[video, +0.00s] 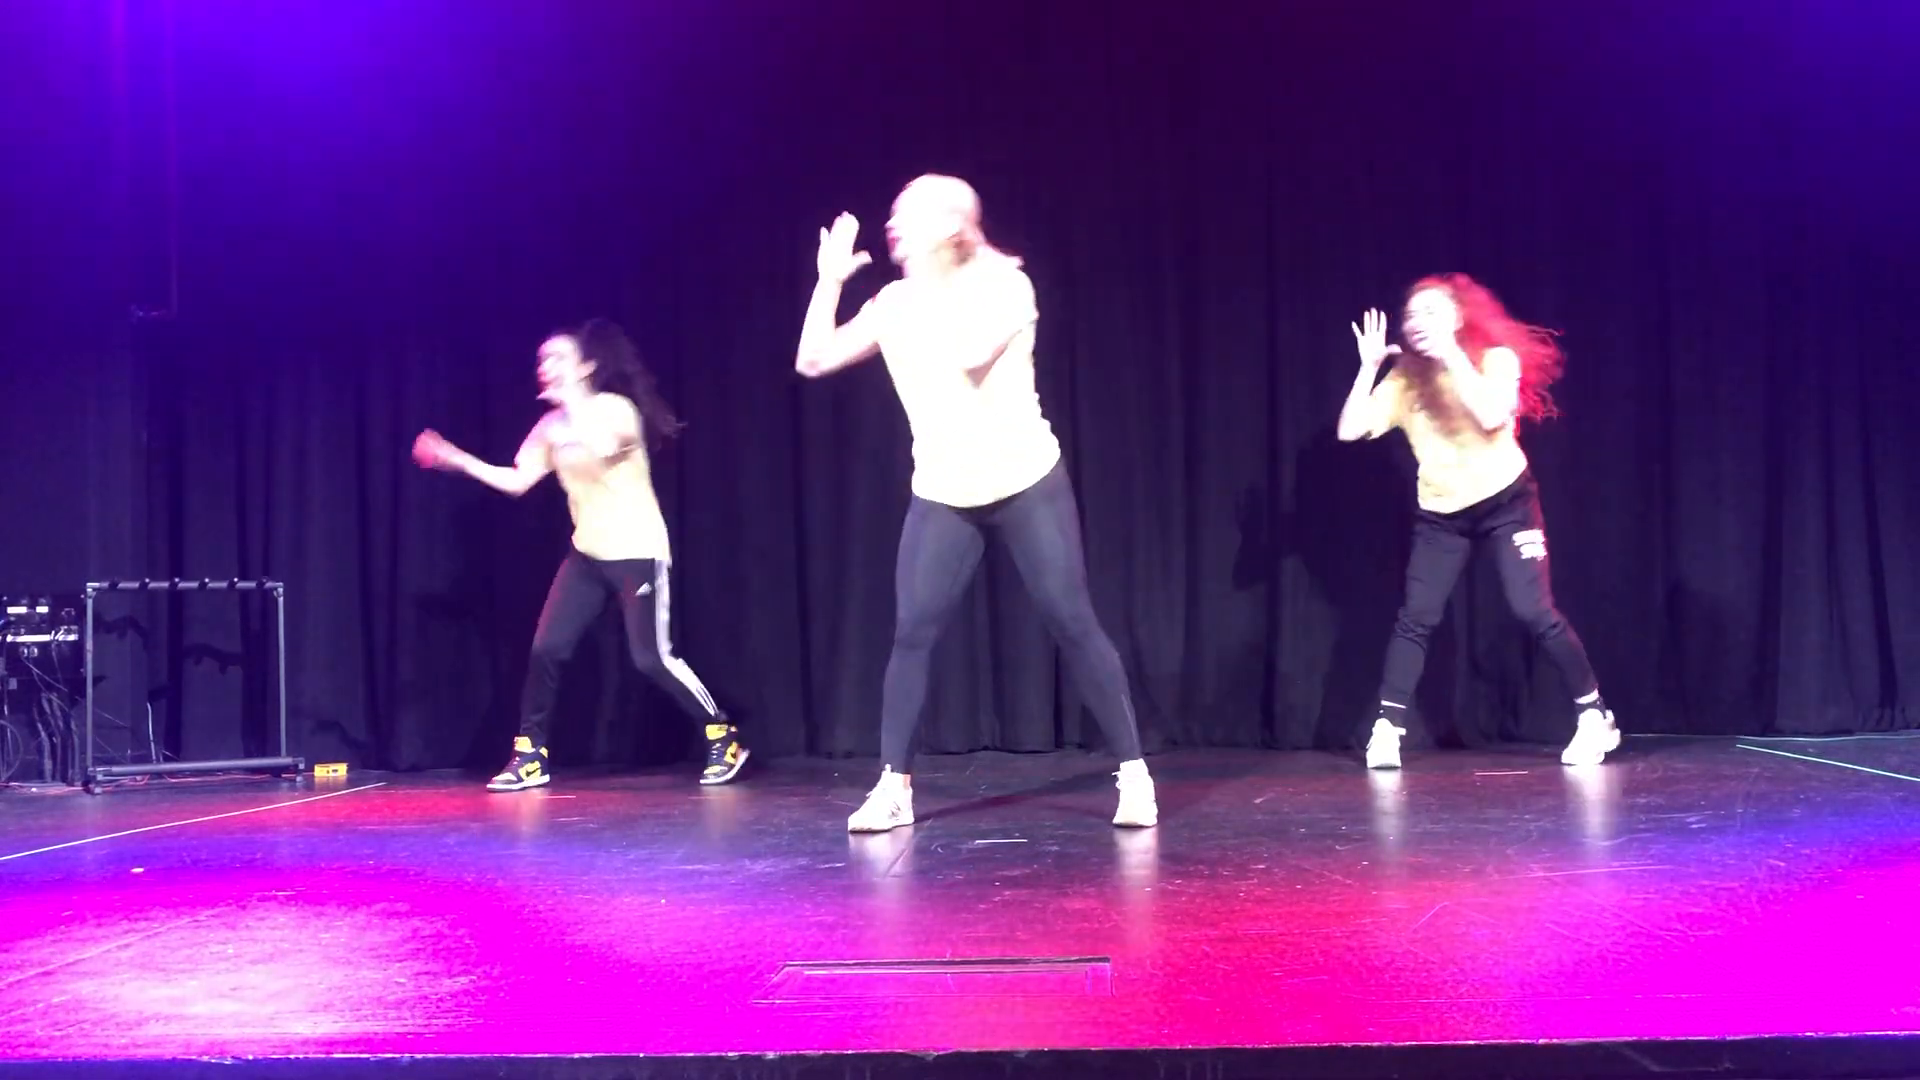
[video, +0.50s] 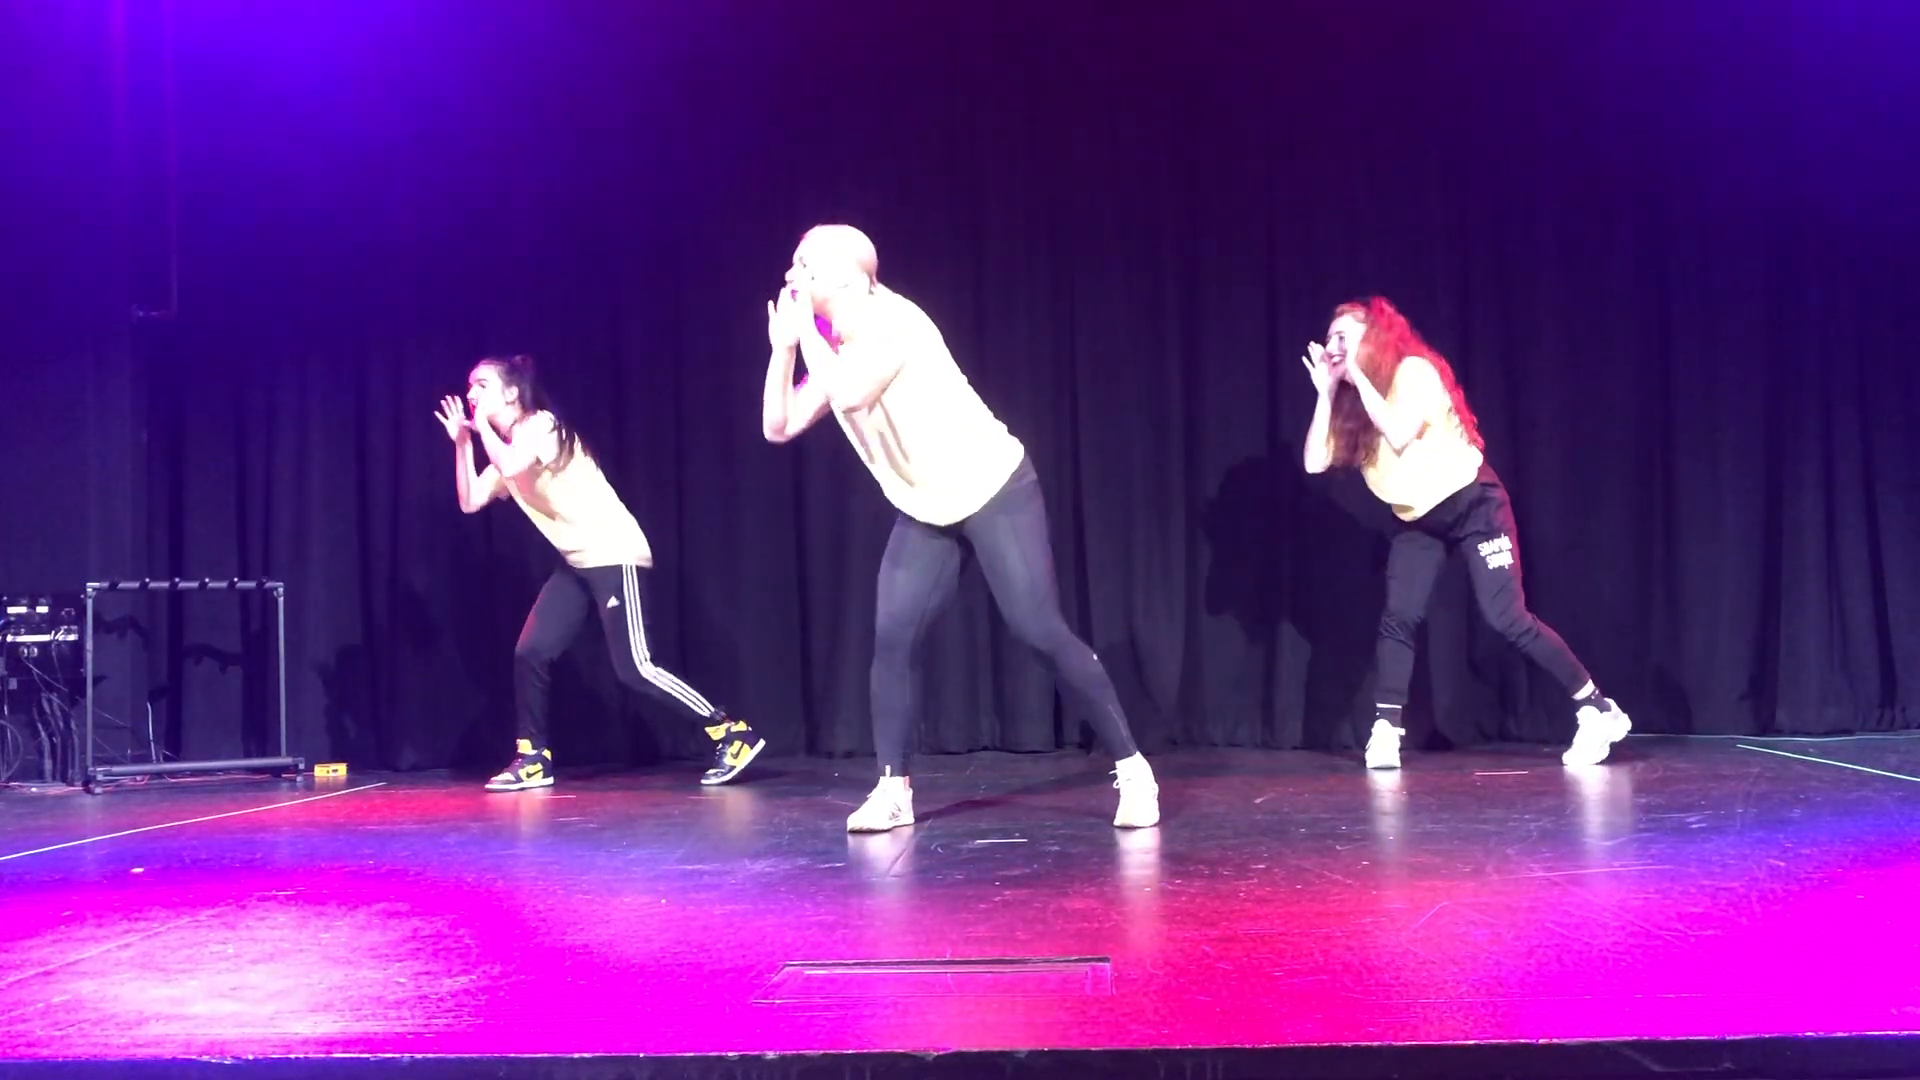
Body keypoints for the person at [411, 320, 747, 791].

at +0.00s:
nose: (545, 368)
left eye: (556, 357)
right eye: (543, 359)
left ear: (587, 364)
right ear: (543, 369)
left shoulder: (615, 410)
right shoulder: (549, 428)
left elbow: (613, 448)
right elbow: (517, 482)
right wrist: (455, 458)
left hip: (640, 552)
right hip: (588, 554)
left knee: (652, 657)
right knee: (547, 649)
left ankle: (723, 738)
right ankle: (531, 758)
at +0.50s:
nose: (471, 395)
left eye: (481, 385)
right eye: (471, 386)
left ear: (513, 394)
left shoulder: (543, 425)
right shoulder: (504, 447)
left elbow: (512, 465)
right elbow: (471, 501)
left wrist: (481, 424)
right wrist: (461, 445)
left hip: (615, 555)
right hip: (577, 562)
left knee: (635, 668)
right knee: (531, 651)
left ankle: (731, 734)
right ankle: (534, 760)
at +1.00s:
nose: (447, 440)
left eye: (455, 430)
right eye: (446, 431)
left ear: (487, 432)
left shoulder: (523, 457)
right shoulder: (482, 480)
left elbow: (504, 527)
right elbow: (473, 544)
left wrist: (463, 475)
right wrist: (452, 486)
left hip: (637, 551)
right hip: (589, 562)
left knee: (663, 652)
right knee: (552, 657)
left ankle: (720, 744)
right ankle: (527, 758)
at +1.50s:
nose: (635, 493)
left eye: (645, 483)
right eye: (626, 483)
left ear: (660, 484)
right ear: (611, 482)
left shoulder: (675, 513)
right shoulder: (591, 506)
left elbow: (689, 589)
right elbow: (579, 581)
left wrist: (656, 536)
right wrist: (602, 531)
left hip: (657, 573)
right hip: (602, 571)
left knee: (682, 649)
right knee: (565, 651)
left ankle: (726, 745)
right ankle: (526, 754)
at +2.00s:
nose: (730, 386)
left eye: (737, 379)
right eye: (721, 377)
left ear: (745, 391)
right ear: (699, 384)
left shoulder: (738, 440)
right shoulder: (671, 417)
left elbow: (775, 494)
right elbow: (668, 476)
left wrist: (750, 438)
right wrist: (705, 427)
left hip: (689, 550)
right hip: (627, 542)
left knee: (703, 647)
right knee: (579, 646)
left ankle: (728, 747)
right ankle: (532, 746)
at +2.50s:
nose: (640, 367)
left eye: (649, 360)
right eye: (631, 358)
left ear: (659, 373)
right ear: (612, 368)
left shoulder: (673, 429)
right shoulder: (587, 420)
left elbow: (703, 496)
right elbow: (551, 477)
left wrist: (686, 542)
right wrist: (528, 499)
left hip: (652, 560)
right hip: (591, 557)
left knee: (674, 658)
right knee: (544, 654)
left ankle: (723, 745)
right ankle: (532, 757)